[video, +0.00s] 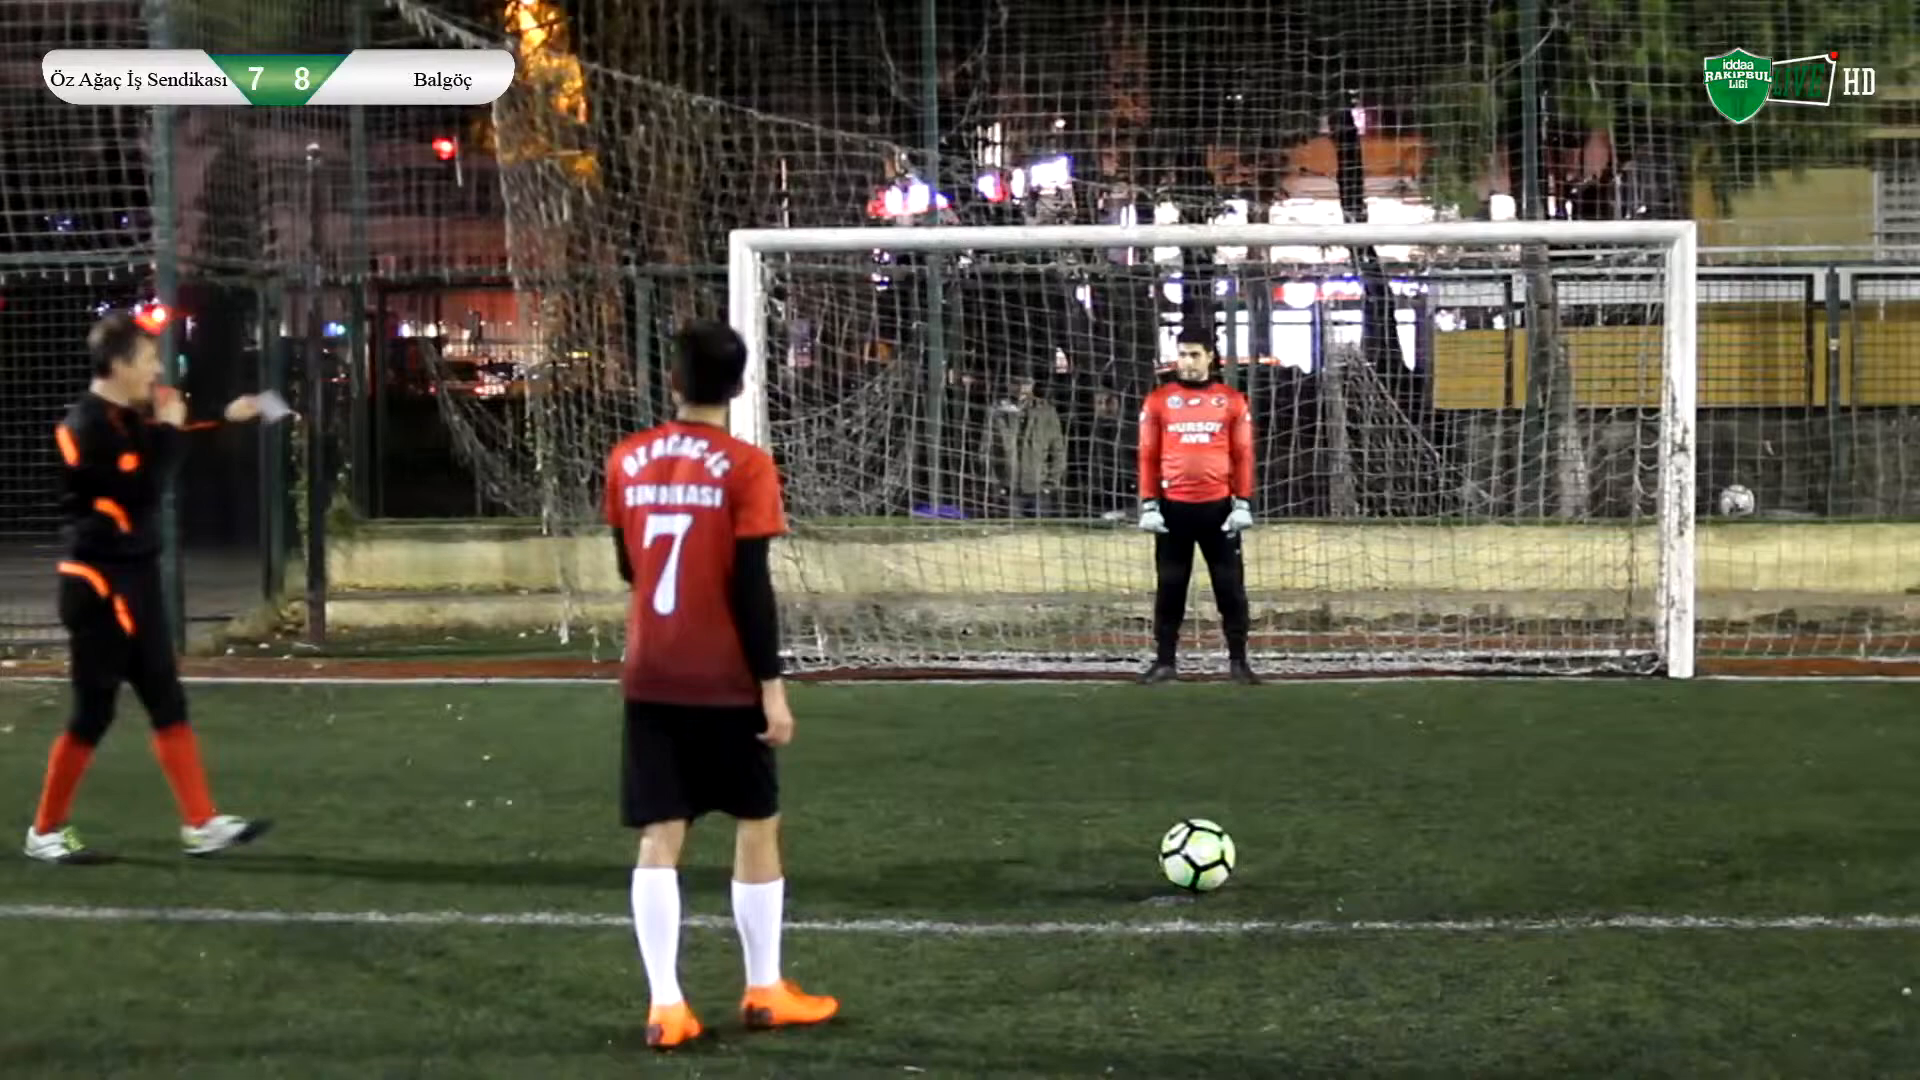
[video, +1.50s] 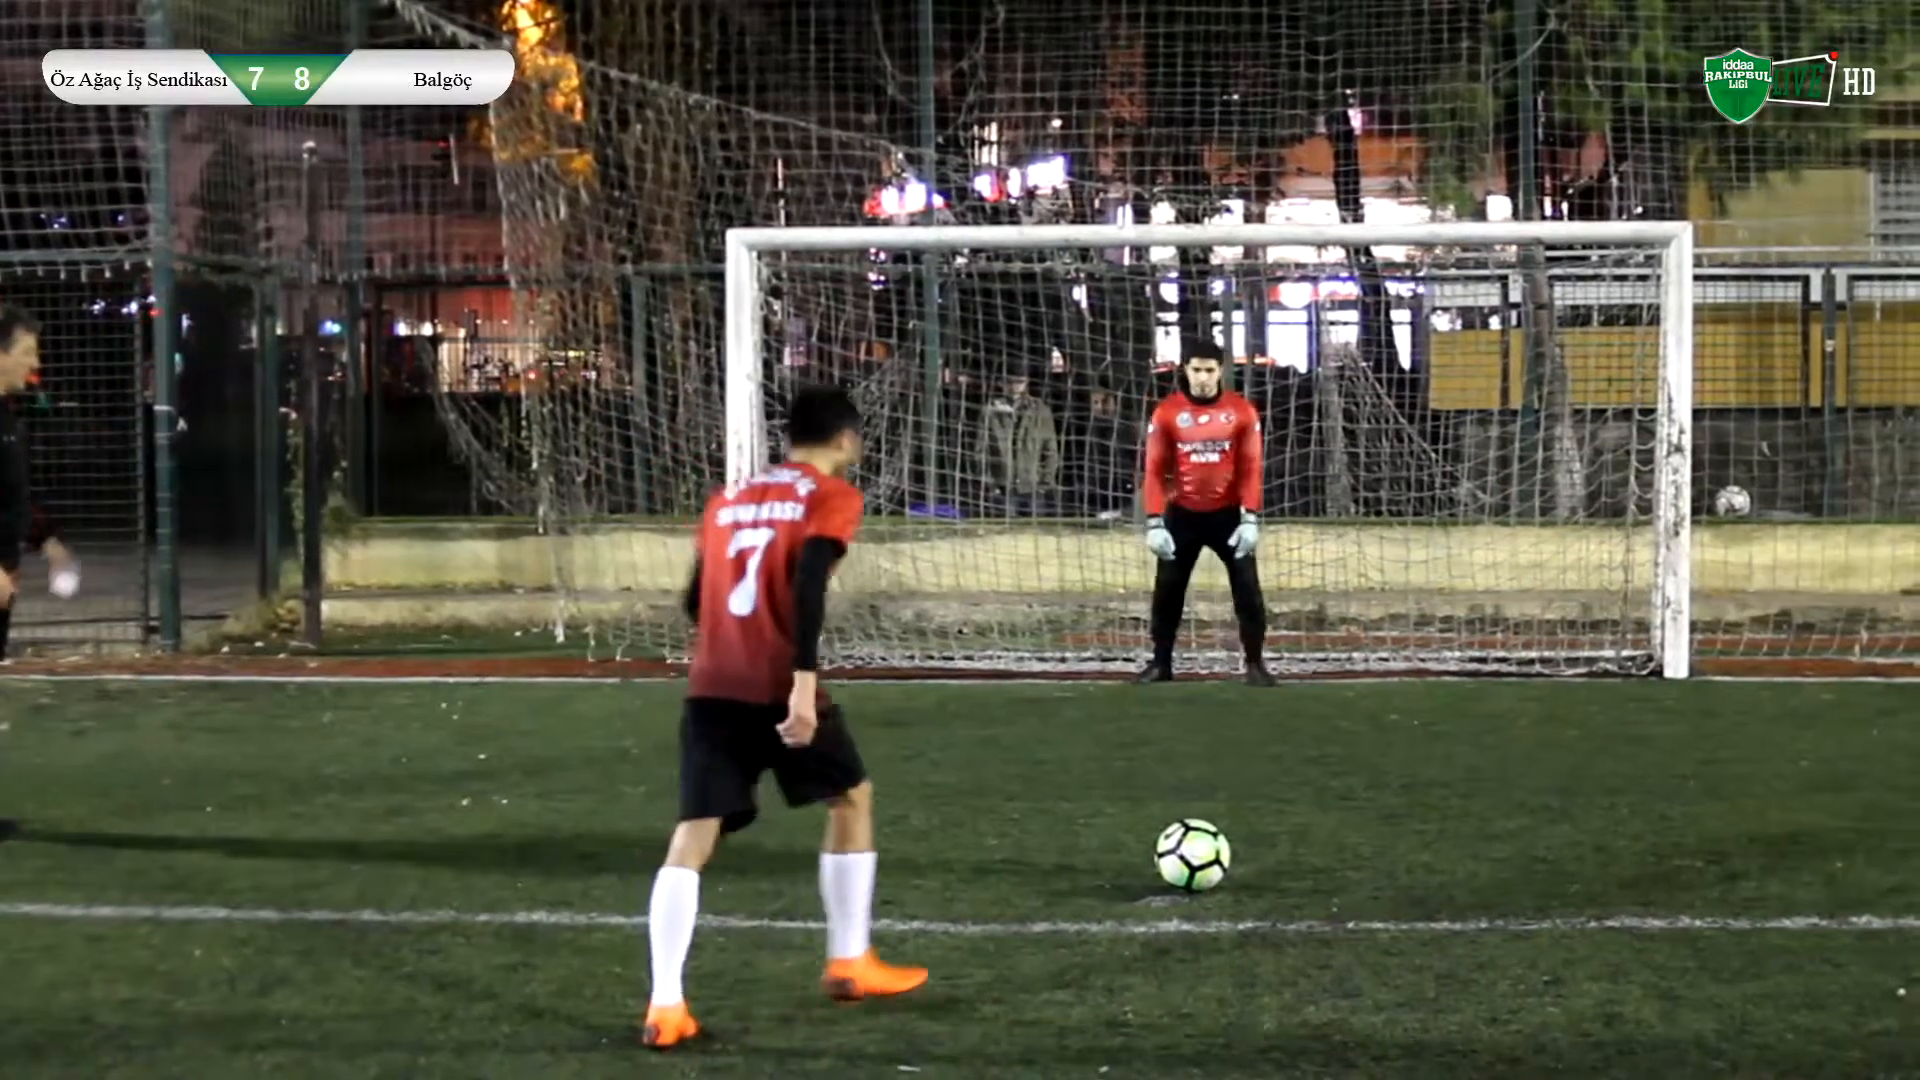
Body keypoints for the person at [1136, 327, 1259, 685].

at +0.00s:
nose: (1189, 362)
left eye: (1196, 355)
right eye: (1183, 354)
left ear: (1211, 358)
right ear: (1176, 358)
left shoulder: (1232, 400)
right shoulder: (1157, 400)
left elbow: (1244, 453)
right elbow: (1148, 454)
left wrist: (1243, 500)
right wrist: (1149, 501)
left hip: (1219, 505)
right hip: (1173, 505)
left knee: (1230, 588)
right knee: (1169, 587)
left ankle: (1238, 661)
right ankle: (1165, 661)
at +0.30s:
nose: (1188, 364)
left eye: (1195, 357)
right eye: (1182, 356)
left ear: (1209, 360)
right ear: (1174, 359)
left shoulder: (1230, 401)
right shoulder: (1155, 402)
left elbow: (1241, 454)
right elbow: (1145, 455)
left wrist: (1240, 501)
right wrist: (1146, 503)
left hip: (1217, 506)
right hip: (1170, 506)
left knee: (1228, 589)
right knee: (1167, 588)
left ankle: (1236, 661)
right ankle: (1163, 661)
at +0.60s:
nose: (1189, 364)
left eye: (1196, 356)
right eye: (1183, 356)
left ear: (1209, 359)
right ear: (1174, 359)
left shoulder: (1229, 402)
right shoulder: (1154, 403)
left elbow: (1240, 456)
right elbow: (1145, 457)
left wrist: (1240, 505)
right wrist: (1146, 505)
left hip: (1216, 507)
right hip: (1170, 508)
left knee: (1227, 589)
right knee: (1166, 589)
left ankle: (1235, 662)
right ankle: (1162, 662)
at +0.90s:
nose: (1189, 364)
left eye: (1196, 357)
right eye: (1183, 356)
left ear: (1209, 360)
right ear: (1174, 359)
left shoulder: (1229, 403)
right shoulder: (1153, 403)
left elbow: (1240, 457)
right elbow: (1144, 457)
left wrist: (1240, 506)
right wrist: (1145, 506)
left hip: (1216, 508)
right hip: (1169, 509)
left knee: (1227, 590)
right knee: (1166, 590)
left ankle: (1234, 662)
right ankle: (1161, 662)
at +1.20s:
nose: (1194, 364)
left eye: (1201, 357)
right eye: (1187, 357)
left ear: (1213, 360)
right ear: (1178, 360)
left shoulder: (1234, 401)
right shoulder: (1158, 402)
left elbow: (1244, 455)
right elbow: (1149, 458)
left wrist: (1244, 505)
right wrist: (1151, 507)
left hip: (1221, 508)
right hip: (1175, 509)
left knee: (1232, 590)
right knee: (1169, 590)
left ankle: (1237, 660)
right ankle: (1164, 660)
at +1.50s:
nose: (1202, 378)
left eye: (1209, 371)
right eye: (1196, 370)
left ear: (1220, 371)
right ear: (1185, 371)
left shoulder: (1242, 412)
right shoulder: (1167, 413)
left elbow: (1252, 468)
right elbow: (1154, 470)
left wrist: (1250, 516)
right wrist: (1155, 520)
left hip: (1228, 516)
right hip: (1181, 516)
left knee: (1248, 591)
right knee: (1167, 591)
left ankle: (1254, 663)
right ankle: (1161, 662)